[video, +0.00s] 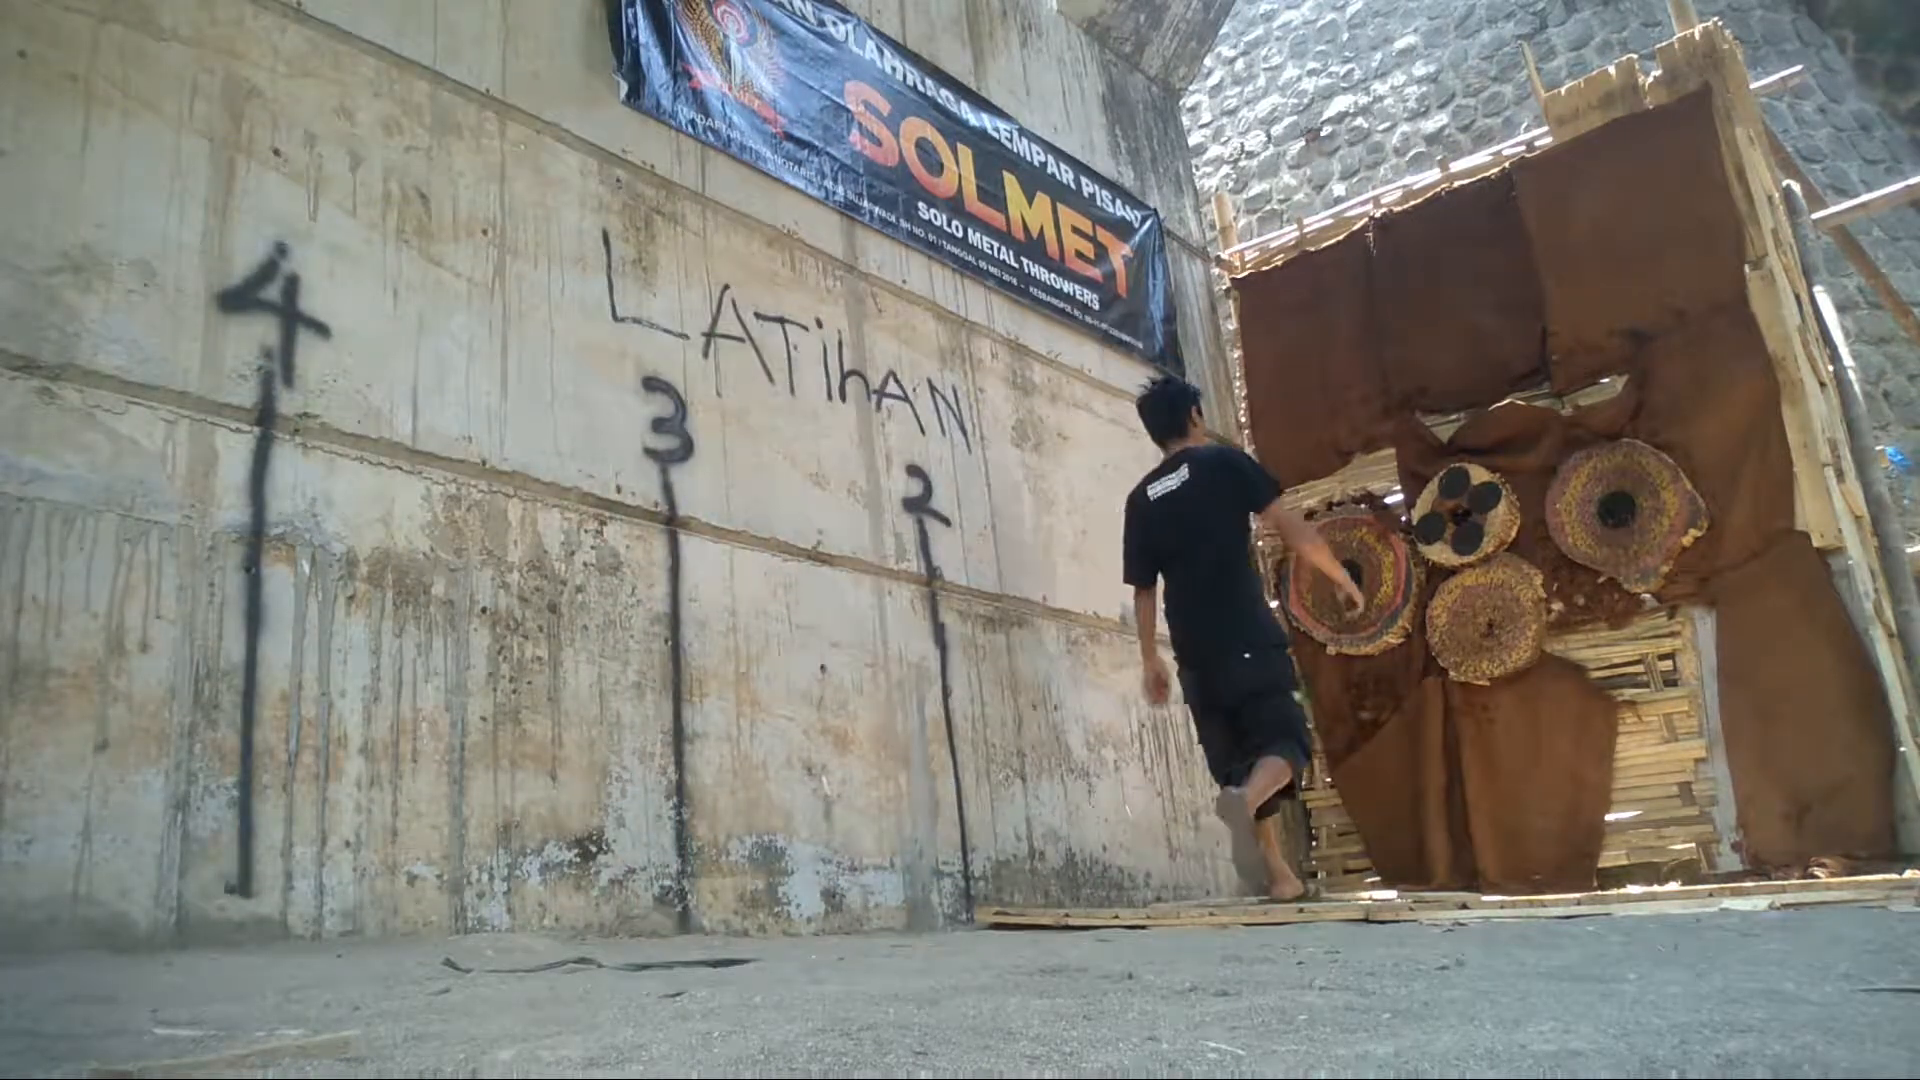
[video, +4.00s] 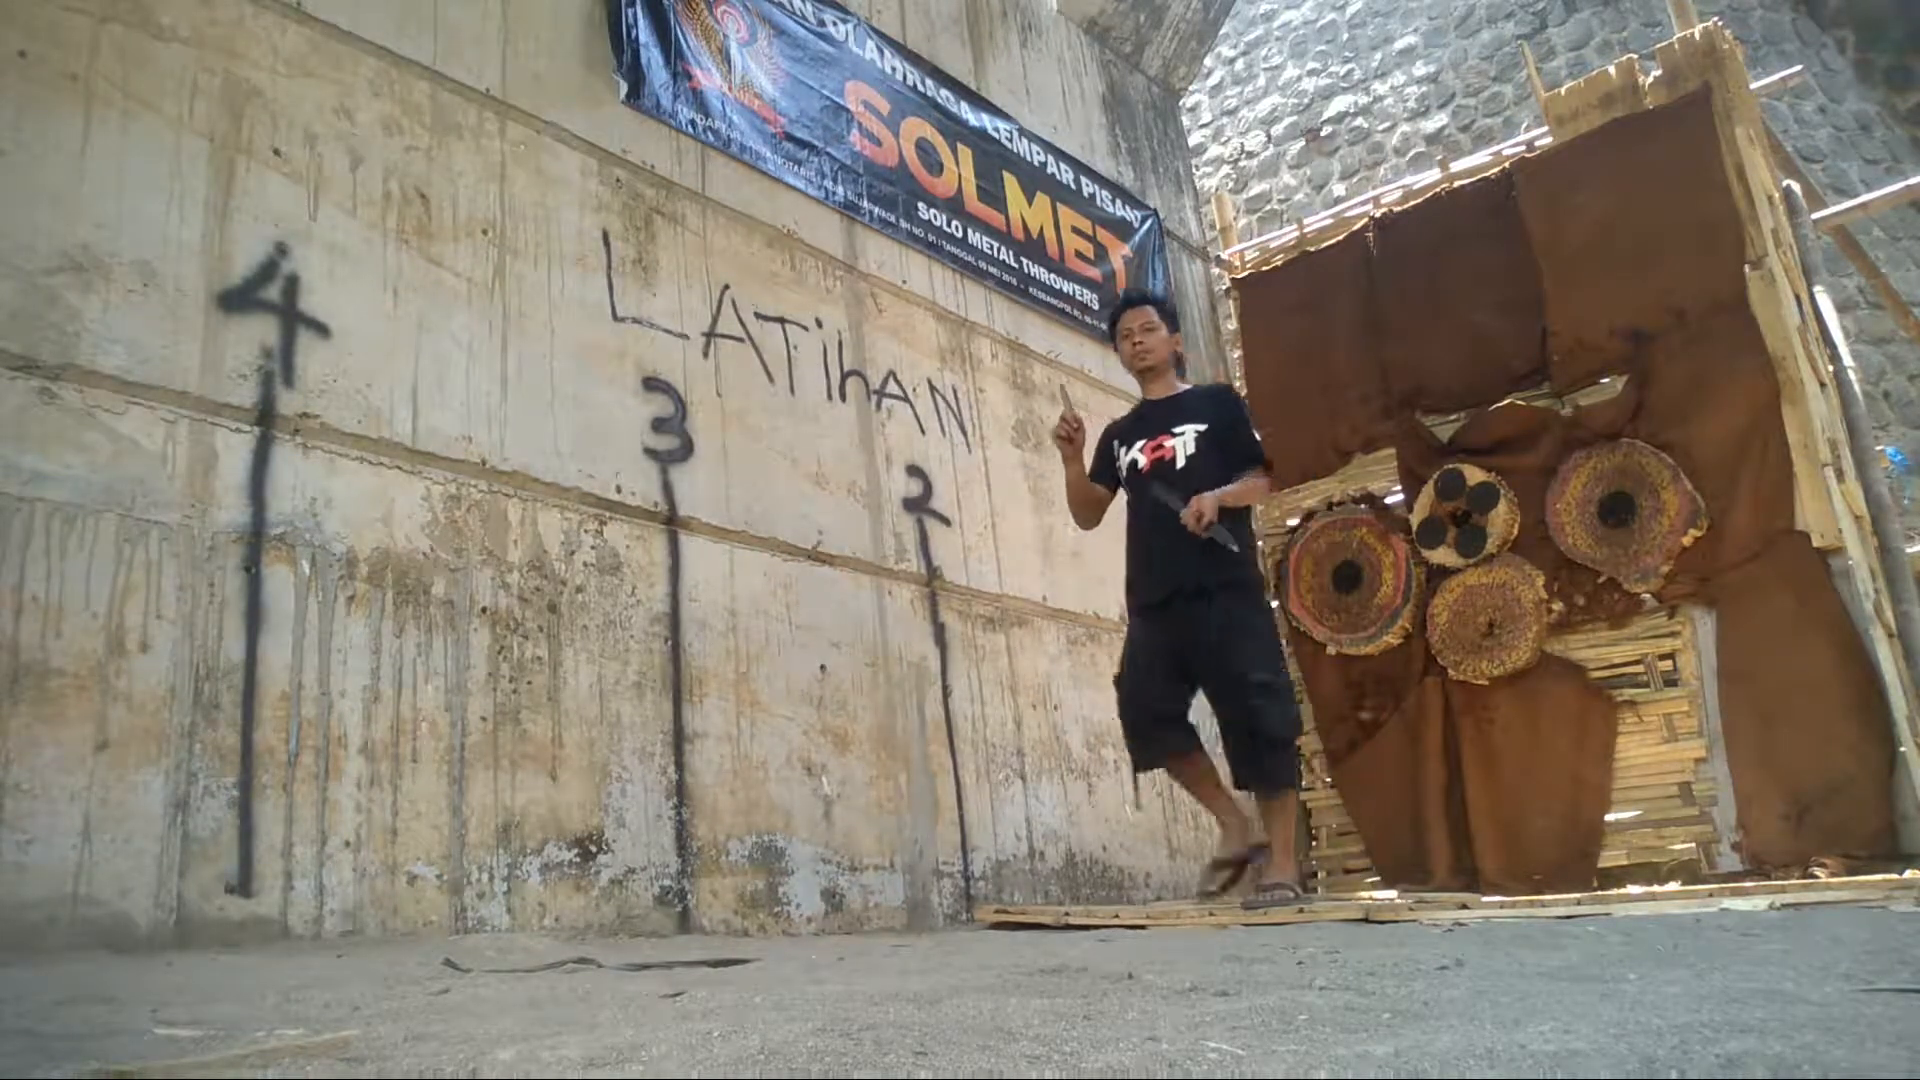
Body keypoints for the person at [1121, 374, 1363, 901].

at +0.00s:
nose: (1206, 422)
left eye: (1201, 414)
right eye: (1202, 414)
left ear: (1150, 434)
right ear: (1194, 417)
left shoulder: (1142, 498)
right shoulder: (1227, 462)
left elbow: (1143, 589)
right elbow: (1293, 531)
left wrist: (1150, 659)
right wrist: (1341, 578)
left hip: (1191, 643)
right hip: (1246, 626)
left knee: (1240, 762)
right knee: (1288, 737)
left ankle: (1280, 875)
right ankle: (1249, 798)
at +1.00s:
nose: (1316, 472)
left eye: (1313, 463)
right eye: (1312, 464)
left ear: (1273, 476)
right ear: (1298, 470)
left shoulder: (1268, 530)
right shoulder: (1309, 514)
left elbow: (1333, 557)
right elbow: (1379, 548)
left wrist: (1384, 549)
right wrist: (1406, 543)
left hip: (1304, 663)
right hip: (1339, 659)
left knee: (1348, 768)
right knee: (1380, 757)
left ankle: (1334, 878)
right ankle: (1382, 880)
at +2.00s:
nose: (1321, 480)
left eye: (1320, 472)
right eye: (1316, 473)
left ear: (1285, 478)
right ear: (1294, 476)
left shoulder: (1273, 526)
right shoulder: (1302, 517)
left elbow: (1343, 553)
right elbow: (1363, 544)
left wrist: (1392, 542)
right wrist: (1405, 536)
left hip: (1286, 653)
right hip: (1310, 653)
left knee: (1321, 759)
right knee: (1345, 751)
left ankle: (1333, 873)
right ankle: (1359, 868)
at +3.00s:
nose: (1292, 448)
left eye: (1292, 440)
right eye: (1278, 445)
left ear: (1298, 447)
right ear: (1258, 462)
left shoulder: (1315, 510)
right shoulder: (1255, 513)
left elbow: (1356, 555)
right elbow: (1250, 594)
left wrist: (1414, 559)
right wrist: (1295, 636)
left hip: (1337, 652)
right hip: (1295, 653)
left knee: (1354, 757)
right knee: (1326, 752)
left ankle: (1342, 871)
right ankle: (1340, 874)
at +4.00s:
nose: (1138, 342)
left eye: (1147, 330)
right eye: (1126, 337)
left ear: (1175, 339)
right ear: (1120, 355)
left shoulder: (1219, 400)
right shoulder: (1119, 434)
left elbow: (1265, 481)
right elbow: (1088, 514)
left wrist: (1222, 497)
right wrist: (1072, 459)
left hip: (1228, 592)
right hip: (1156, 604)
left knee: (1262, 721)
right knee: (1147, 715)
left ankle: (1283, 870)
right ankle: (1236, 826)